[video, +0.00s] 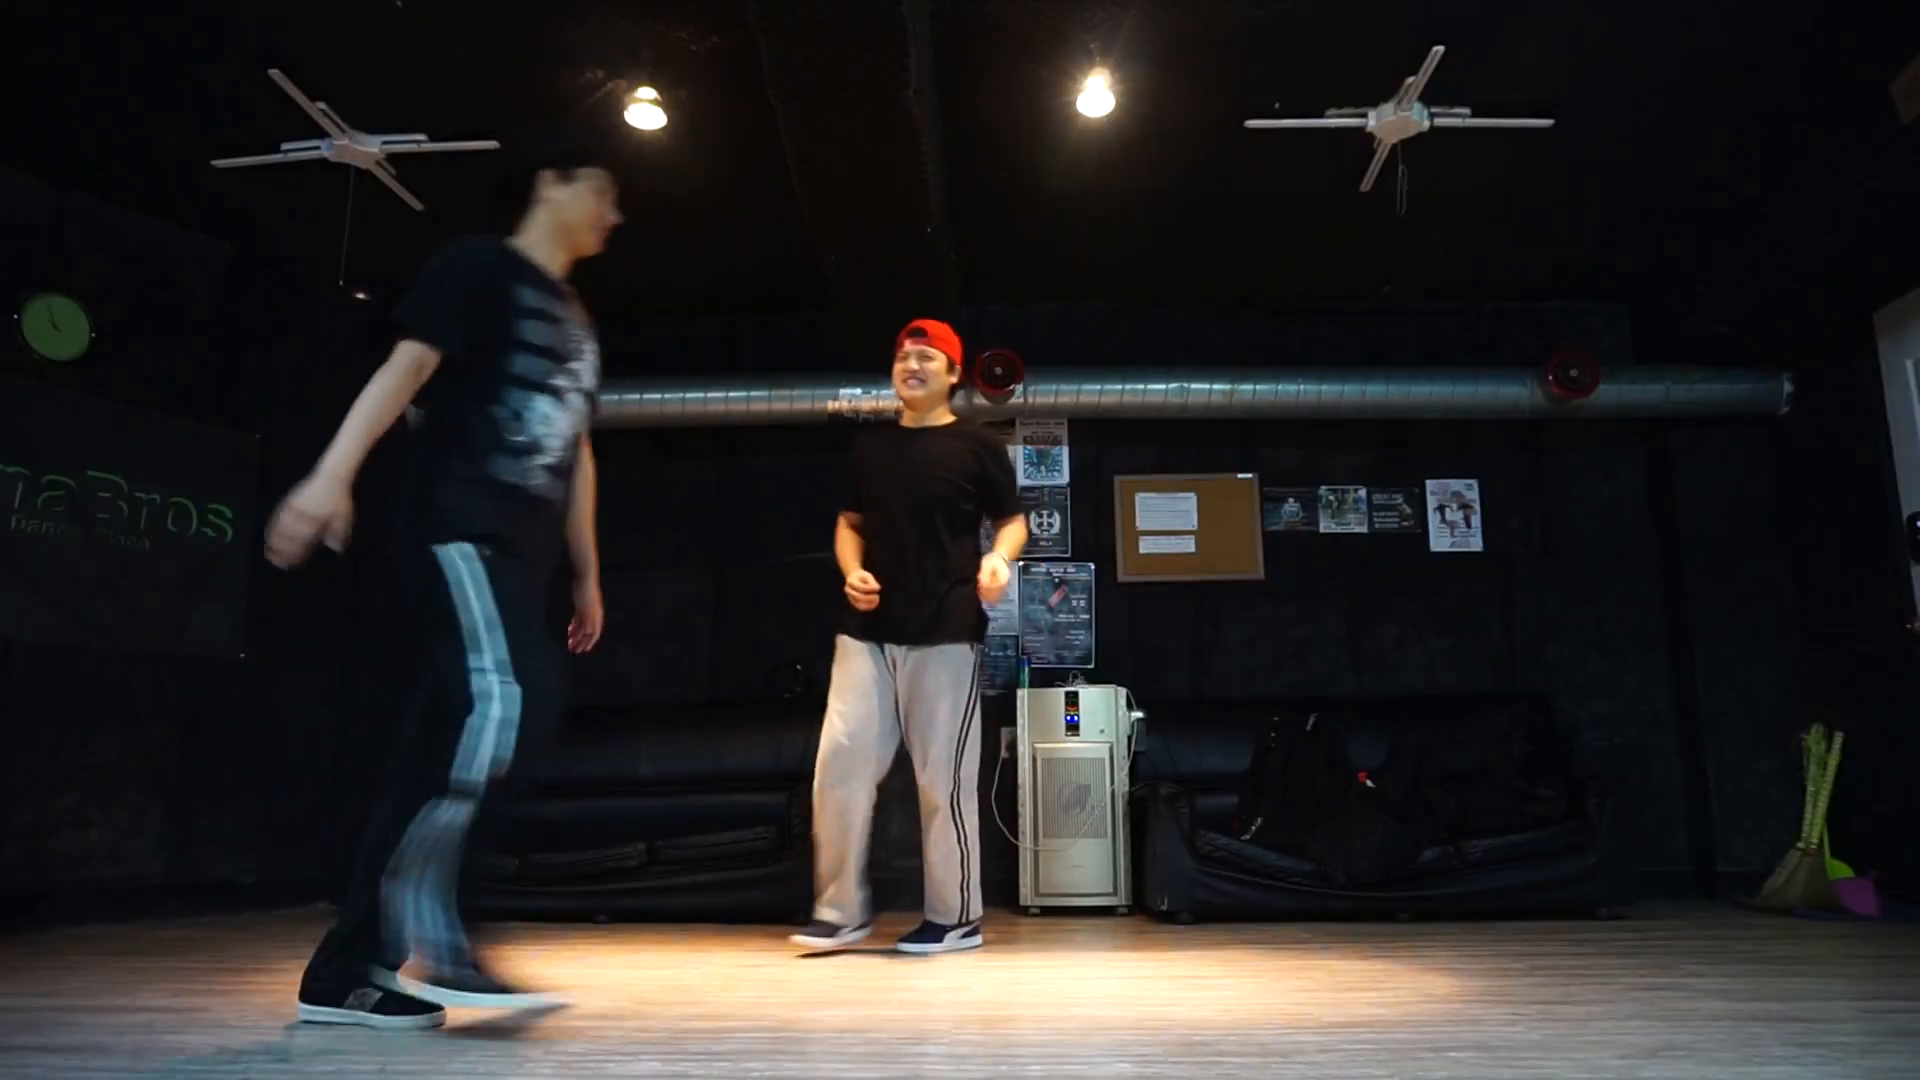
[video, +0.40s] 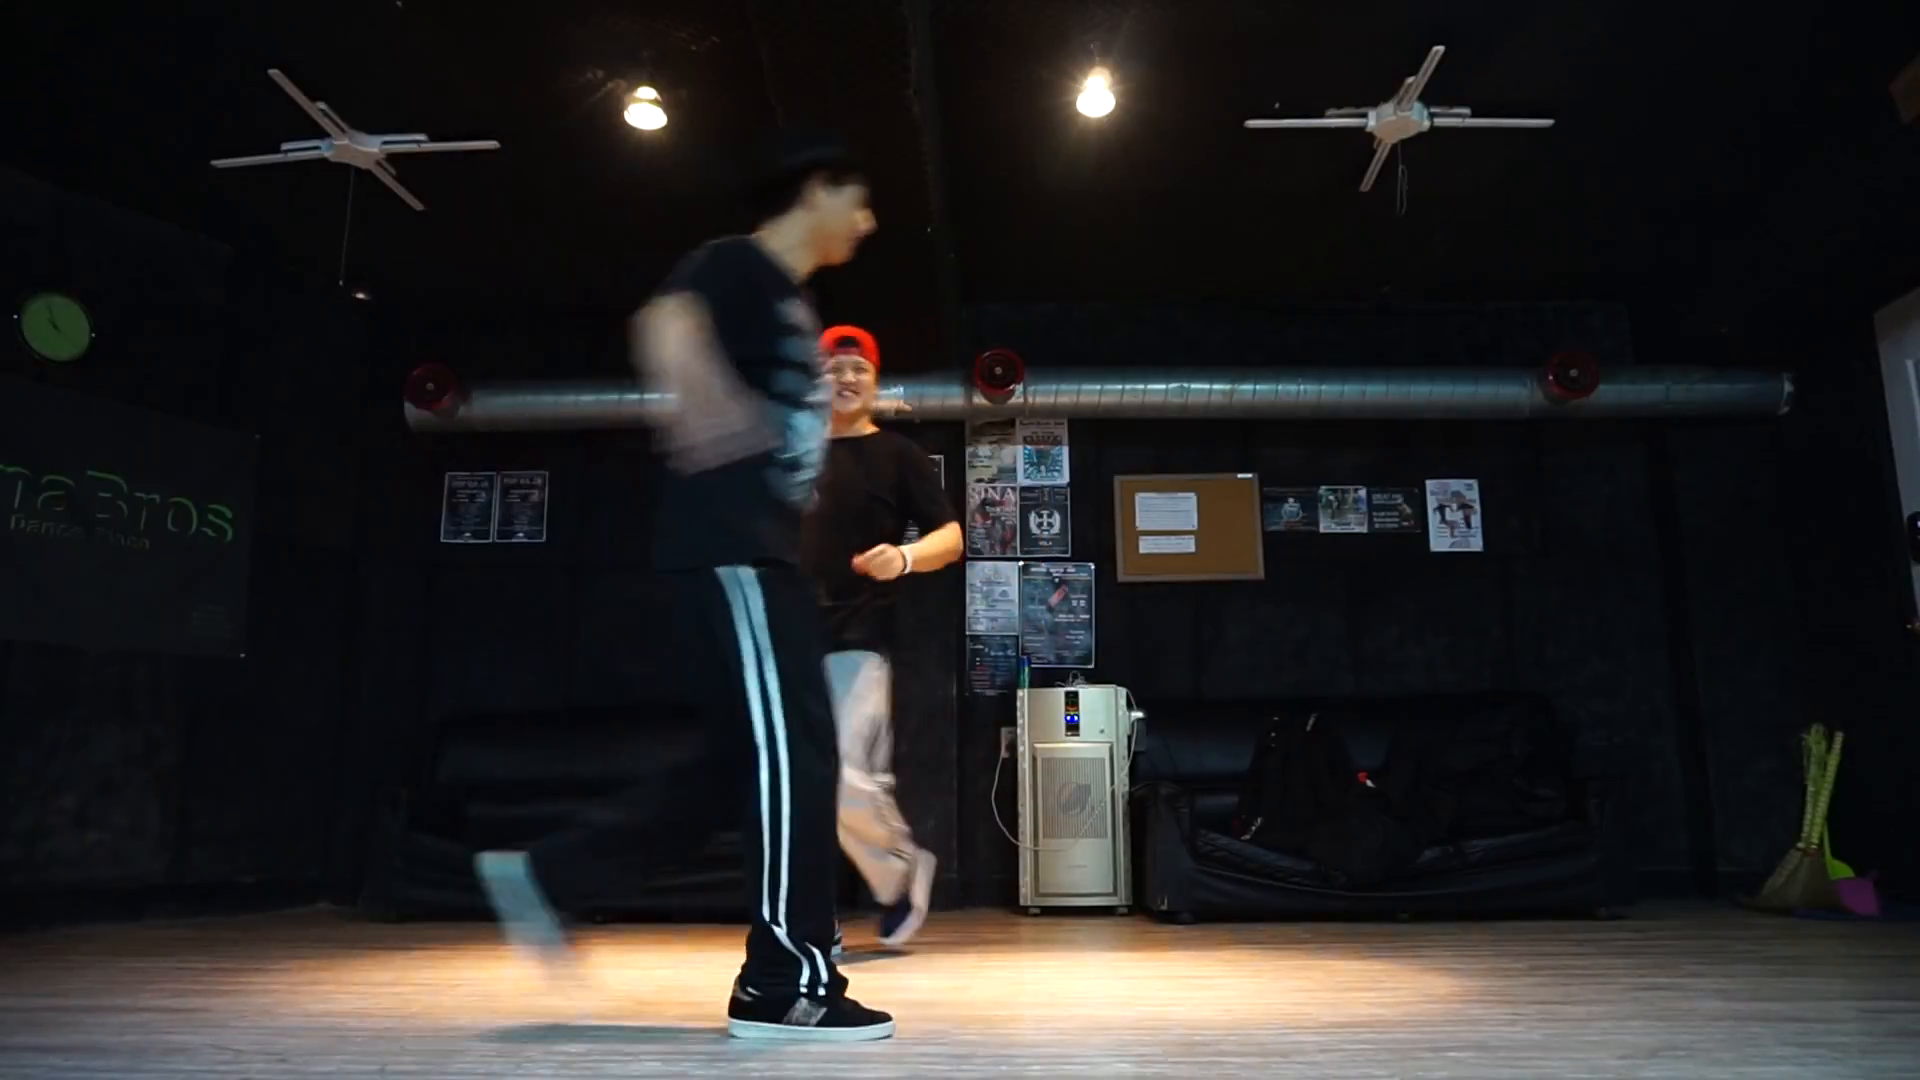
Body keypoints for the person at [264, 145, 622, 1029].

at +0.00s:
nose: (614, 213)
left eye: (616, 199)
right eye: (602, 193)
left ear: (574, 197)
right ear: (549, 186)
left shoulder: (574, 317)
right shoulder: (478, 269)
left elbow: (576, 452)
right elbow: (401, 375)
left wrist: (585, 571)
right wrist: (330, 478)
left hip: (519, 547)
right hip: (455, 531)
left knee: (441, 745)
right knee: (494, 706)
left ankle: (346, 970)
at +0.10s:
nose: (670, 219)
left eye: (669, 203)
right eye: (656, 197)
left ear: (628, 204)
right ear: (605, 192)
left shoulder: (611, 314)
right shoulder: (534, 273)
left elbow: (598, 454)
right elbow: (432, 359)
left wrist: (605, 562)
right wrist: (328, 450)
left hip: (557, 560)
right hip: (512, 551)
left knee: (458, 757)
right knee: (571, 735)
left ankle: (349, 969)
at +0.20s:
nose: (735, 236)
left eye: (735, 221)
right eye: (724, 215)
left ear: (693, 222)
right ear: (673, 208)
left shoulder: (662, 320)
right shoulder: (595, 283)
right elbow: (481, 360)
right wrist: (371, 442)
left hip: (619, 568)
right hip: (585, 565)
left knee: (504, 758)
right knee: (654, 747)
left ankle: (361, 956)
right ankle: (759, 973)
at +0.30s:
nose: (807, 236)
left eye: (808, 221)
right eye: (797, 217)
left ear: (759, 214)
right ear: (750, 208)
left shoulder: (734, 317)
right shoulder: (666, 282)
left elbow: (705, 453)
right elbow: (555, 349)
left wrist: (759, 541)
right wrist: (486, 436)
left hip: (705, 564)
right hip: (662, 561)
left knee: (630, 768)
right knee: (744, 747)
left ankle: (416, 914)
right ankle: (780, 976)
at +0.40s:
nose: (865, 223)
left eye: (866, 207)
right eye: (857, 203)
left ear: (821, 202)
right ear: (816, 195)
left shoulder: (786, 302)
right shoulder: (735, 265)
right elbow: (663, 322)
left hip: (764, 554)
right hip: (730, 552)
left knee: (759, 757)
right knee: (791, 754)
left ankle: (549, 879)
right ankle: (787, 978)